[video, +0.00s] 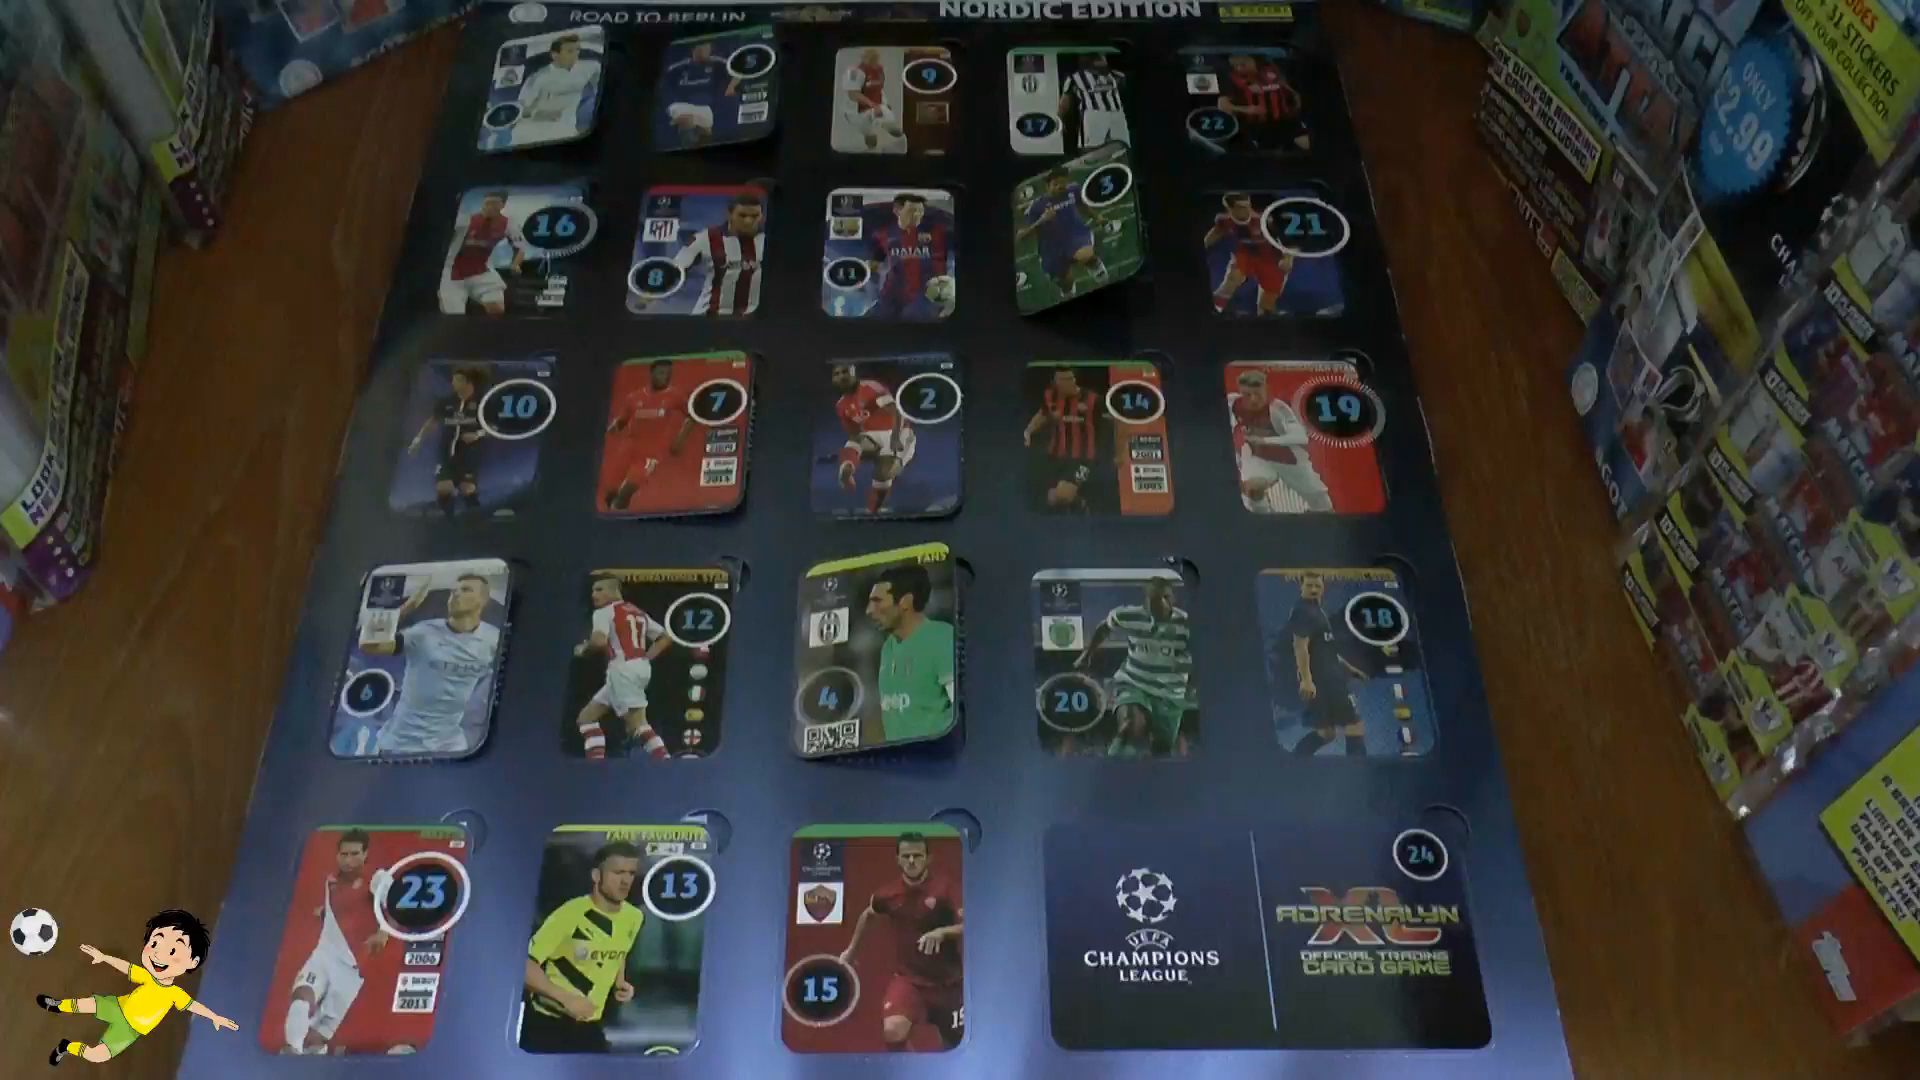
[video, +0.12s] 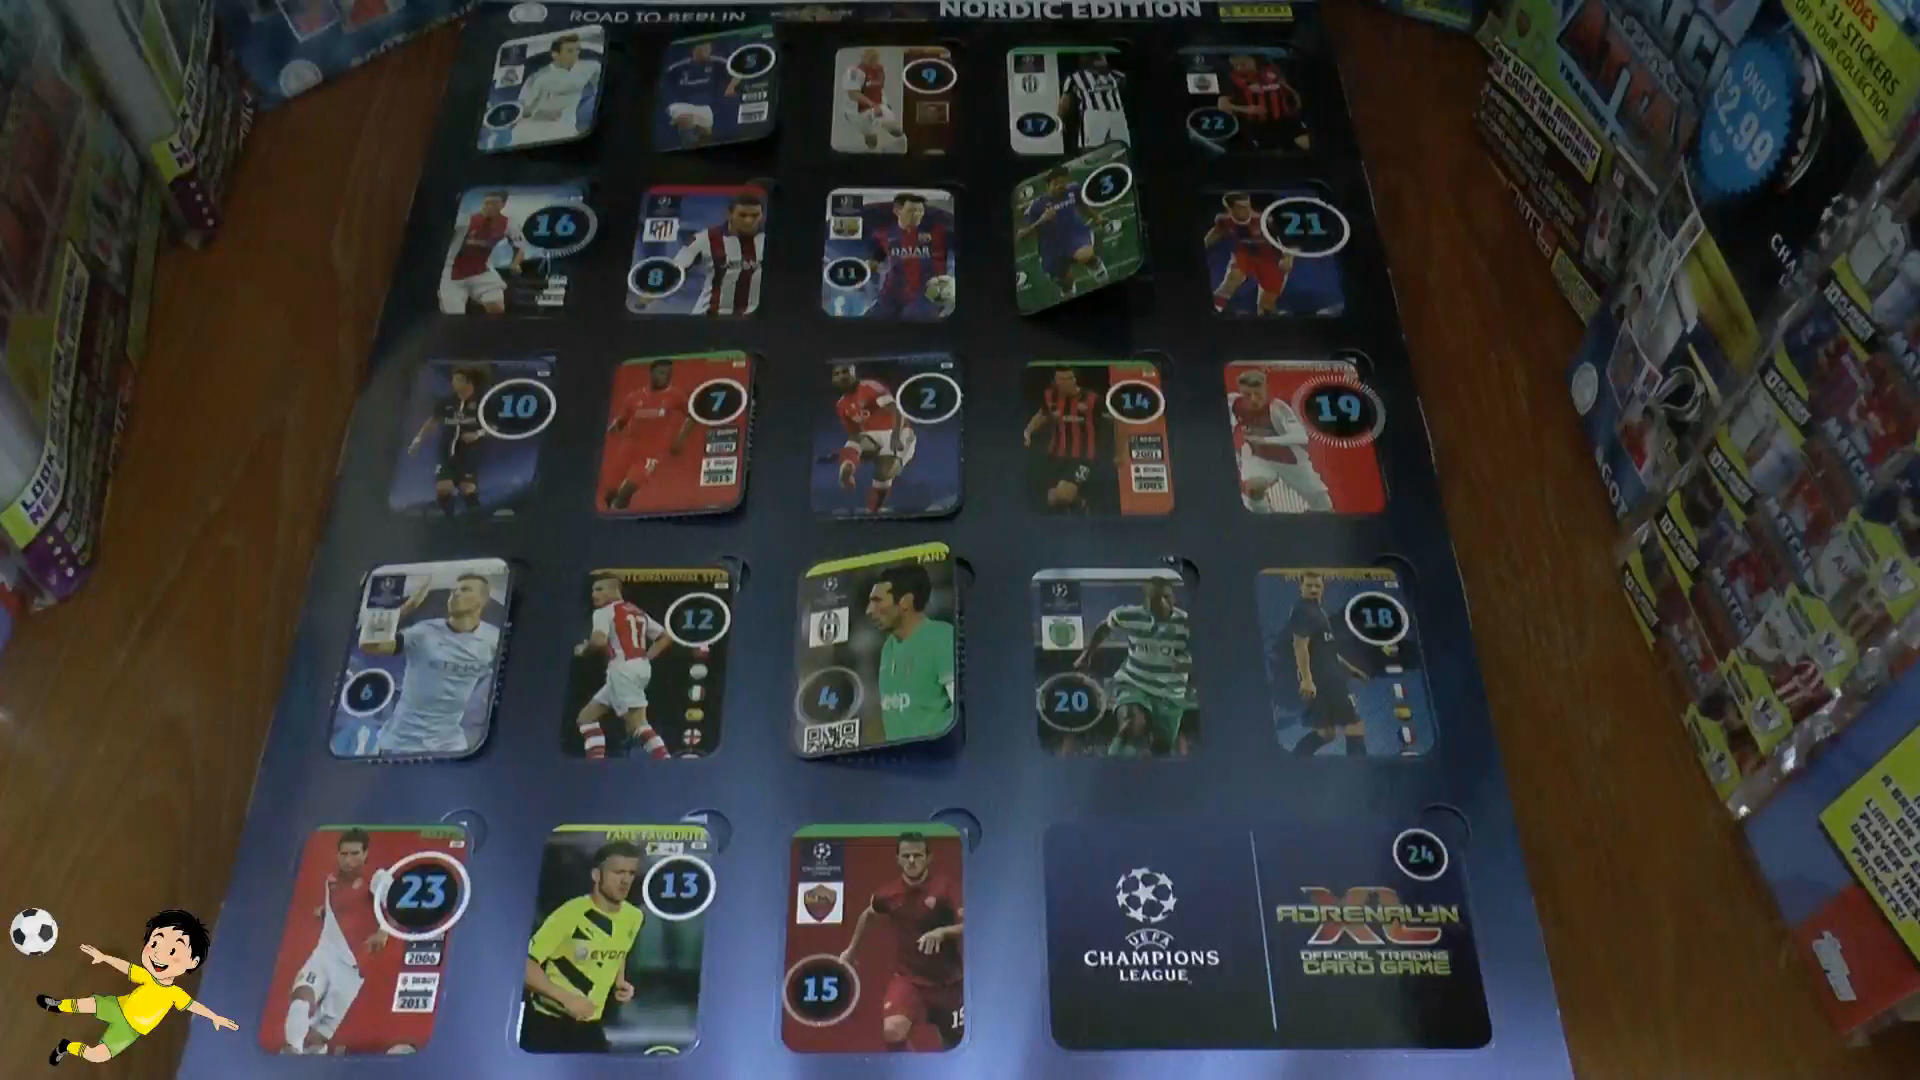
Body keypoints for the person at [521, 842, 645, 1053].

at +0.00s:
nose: (626, 880)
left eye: (631, 874)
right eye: (618, 872)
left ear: (635, 877)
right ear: (597, 876)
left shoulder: (633, 918)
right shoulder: (571, 913)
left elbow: (619, 956)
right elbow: (526, 966)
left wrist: (620, 981)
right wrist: (566, 998)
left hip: (589, 1028)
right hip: (546, 1025)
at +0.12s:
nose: (626, 880)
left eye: (631, 874)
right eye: (619, 872)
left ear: (635, 877)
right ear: (597, 876)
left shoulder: (633, 918)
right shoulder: (571, 913)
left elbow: (620, 955)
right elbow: (525, 965)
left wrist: (620, 980)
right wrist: (566, 998)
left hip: (589, 1028)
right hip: (546, 1025)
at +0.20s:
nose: (626, 880)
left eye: (631, 874)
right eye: (619, 872)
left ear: (635, 877)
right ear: (597, 875)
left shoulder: (633, 918)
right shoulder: (572, 912)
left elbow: (620, 955)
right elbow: (525, 965)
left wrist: (620, 980)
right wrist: (566, 998)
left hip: (589, 1028)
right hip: (546, 1025)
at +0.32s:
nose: (626, 880)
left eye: (631, 873)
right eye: (618, 872)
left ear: (635, 877)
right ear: (597, 875)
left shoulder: (634, 917)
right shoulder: (571, 912)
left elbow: (620, 954)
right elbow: (525, 964)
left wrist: (620, 980)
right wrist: (566, 997)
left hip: (590, 1028)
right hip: (546, 1025)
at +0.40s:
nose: (626, 880)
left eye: (631, 873)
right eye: (619, 872)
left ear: (635, 877)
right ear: (597, 875)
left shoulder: (634, 917)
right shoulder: (571, 912)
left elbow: (620, 954)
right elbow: (525, 965)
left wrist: (620, 980)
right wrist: (566, 997)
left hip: (590, 1027)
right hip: (546, 1025)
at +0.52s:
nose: (626, 880)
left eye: (631, 873)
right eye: (619, 872)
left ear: (635, 877)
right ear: (597, 875)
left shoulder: (634, 917)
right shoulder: (571, 912)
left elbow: (620, 954)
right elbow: (526, 964)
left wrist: (620, 980)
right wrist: (567, 998)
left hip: (590, 1028)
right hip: (546, 1025)